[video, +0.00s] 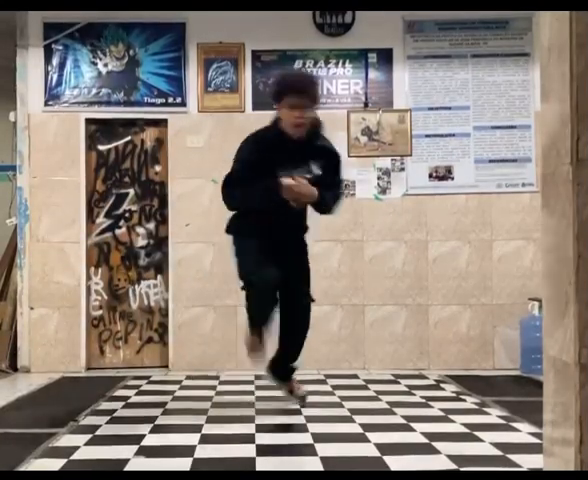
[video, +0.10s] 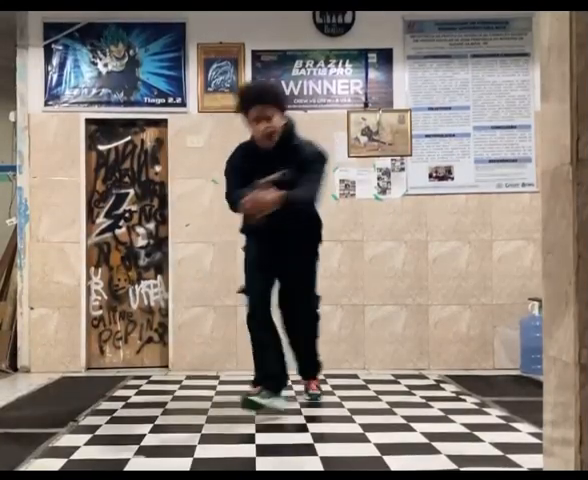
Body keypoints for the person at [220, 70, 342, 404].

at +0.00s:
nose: (300, 115)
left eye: (306, 108)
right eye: (293, 107)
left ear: (315, 110)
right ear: (278, 109)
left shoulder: (323, 151)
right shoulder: (257, 144)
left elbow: (330, 201)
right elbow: (231, 193)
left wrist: (313, 195)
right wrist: (277, 188)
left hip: (291, 231)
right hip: (253, 228)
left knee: (298, 307)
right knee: (263, 281)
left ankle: (282, 369)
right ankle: (257, 326)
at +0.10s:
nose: (266, 126)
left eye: (271, 117)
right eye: (257, 121)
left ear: (284, 115)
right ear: (247, 124)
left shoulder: (307, 153)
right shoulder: (241, 157)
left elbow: (307, 194)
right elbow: (234, 199)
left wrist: (278, 197)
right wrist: (253, 199)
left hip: (299, 244)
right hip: (260, 244)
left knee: (297, 310)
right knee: (258, 312)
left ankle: (310, 375)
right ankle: (270, 382)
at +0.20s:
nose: (238, 149)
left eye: (243, 140)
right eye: (231, 145)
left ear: (261, 137)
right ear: (226, 150)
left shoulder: (289, 172)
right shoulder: (234, 181)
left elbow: (276, 219)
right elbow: (234, 225)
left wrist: (227, 231)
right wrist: (218, 237)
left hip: (308, 259)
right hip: (270, 261)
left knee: (312, 323)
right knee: (260, 327)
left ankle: (315, 377)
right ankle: (262, 399)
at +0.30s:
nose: (214, 153)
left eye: (216, 143)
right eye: (205, 152)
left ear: (232, 138)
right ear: (201, 160)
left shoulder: (271, 170)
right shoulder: (222, 192)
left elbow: (298, 221)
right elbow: (232, 233)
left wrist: (254, 248)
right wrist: (219, 258)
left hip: (310, 257)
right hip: (269, 262)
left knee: (304, 334)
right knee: (254, 331)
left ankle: (322, 364)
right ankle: (259, 402)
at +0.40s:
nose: (205, 155)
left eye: (209, 145)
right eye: (196, 152)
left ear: (220, 138)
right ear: (188, 157)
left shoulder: (255, 160)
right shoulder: (213, 180)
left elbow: (323, 174)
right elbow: (225, 195)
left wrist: (301, 192)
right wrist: (198, 206)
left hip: (303, 254)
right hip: (265, 259)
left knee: (270, 323)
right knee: (239, 320)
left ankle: (337, 365)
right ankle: (261, 403)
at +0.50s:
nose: (213, 149)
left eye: (216, 140)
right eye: (204, 145)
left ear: (229, 129)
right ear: (196, 147)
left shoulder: (261, 150)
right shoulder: (215, 172)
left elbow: (296, 140)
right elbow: (191, 162)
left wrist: (310, 117)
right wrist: (163, 145)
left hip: (300, 258)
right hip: (265, 268)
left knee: (254, 315)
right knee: (221, 326)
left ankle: (312, 406)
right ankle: (269, 404)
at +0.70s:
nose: (194, 161)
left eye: (195, 152)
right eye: (188, 154)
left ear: (212, 139)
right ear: (204, 142)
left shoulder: (245, 154)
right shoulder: (217, 175)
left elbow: (263, 157)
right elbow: (192, 184)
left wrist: (276, 153)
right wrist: (153, 185)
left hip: (298, 263)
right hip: (266, 269)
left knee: (262, 329)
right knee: (224, 326)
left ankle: (302, 432)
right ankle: (266, 409)